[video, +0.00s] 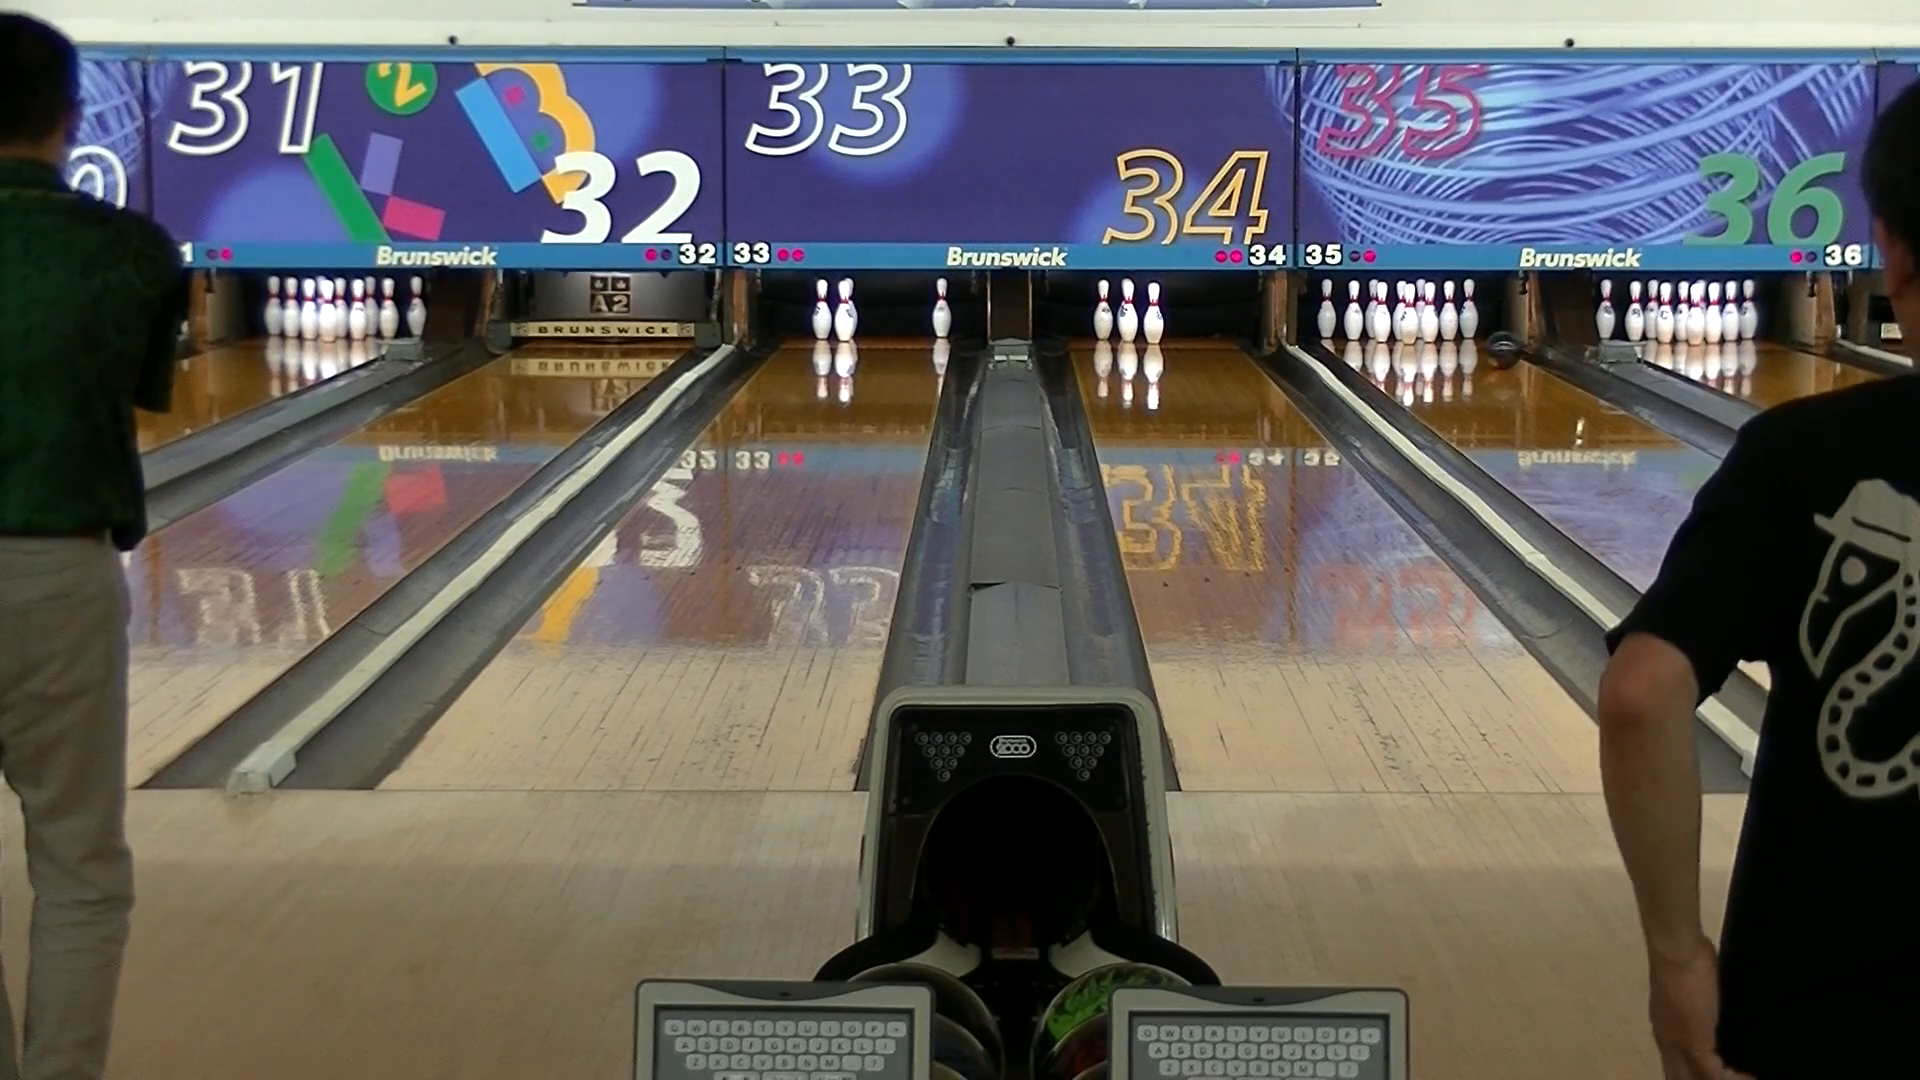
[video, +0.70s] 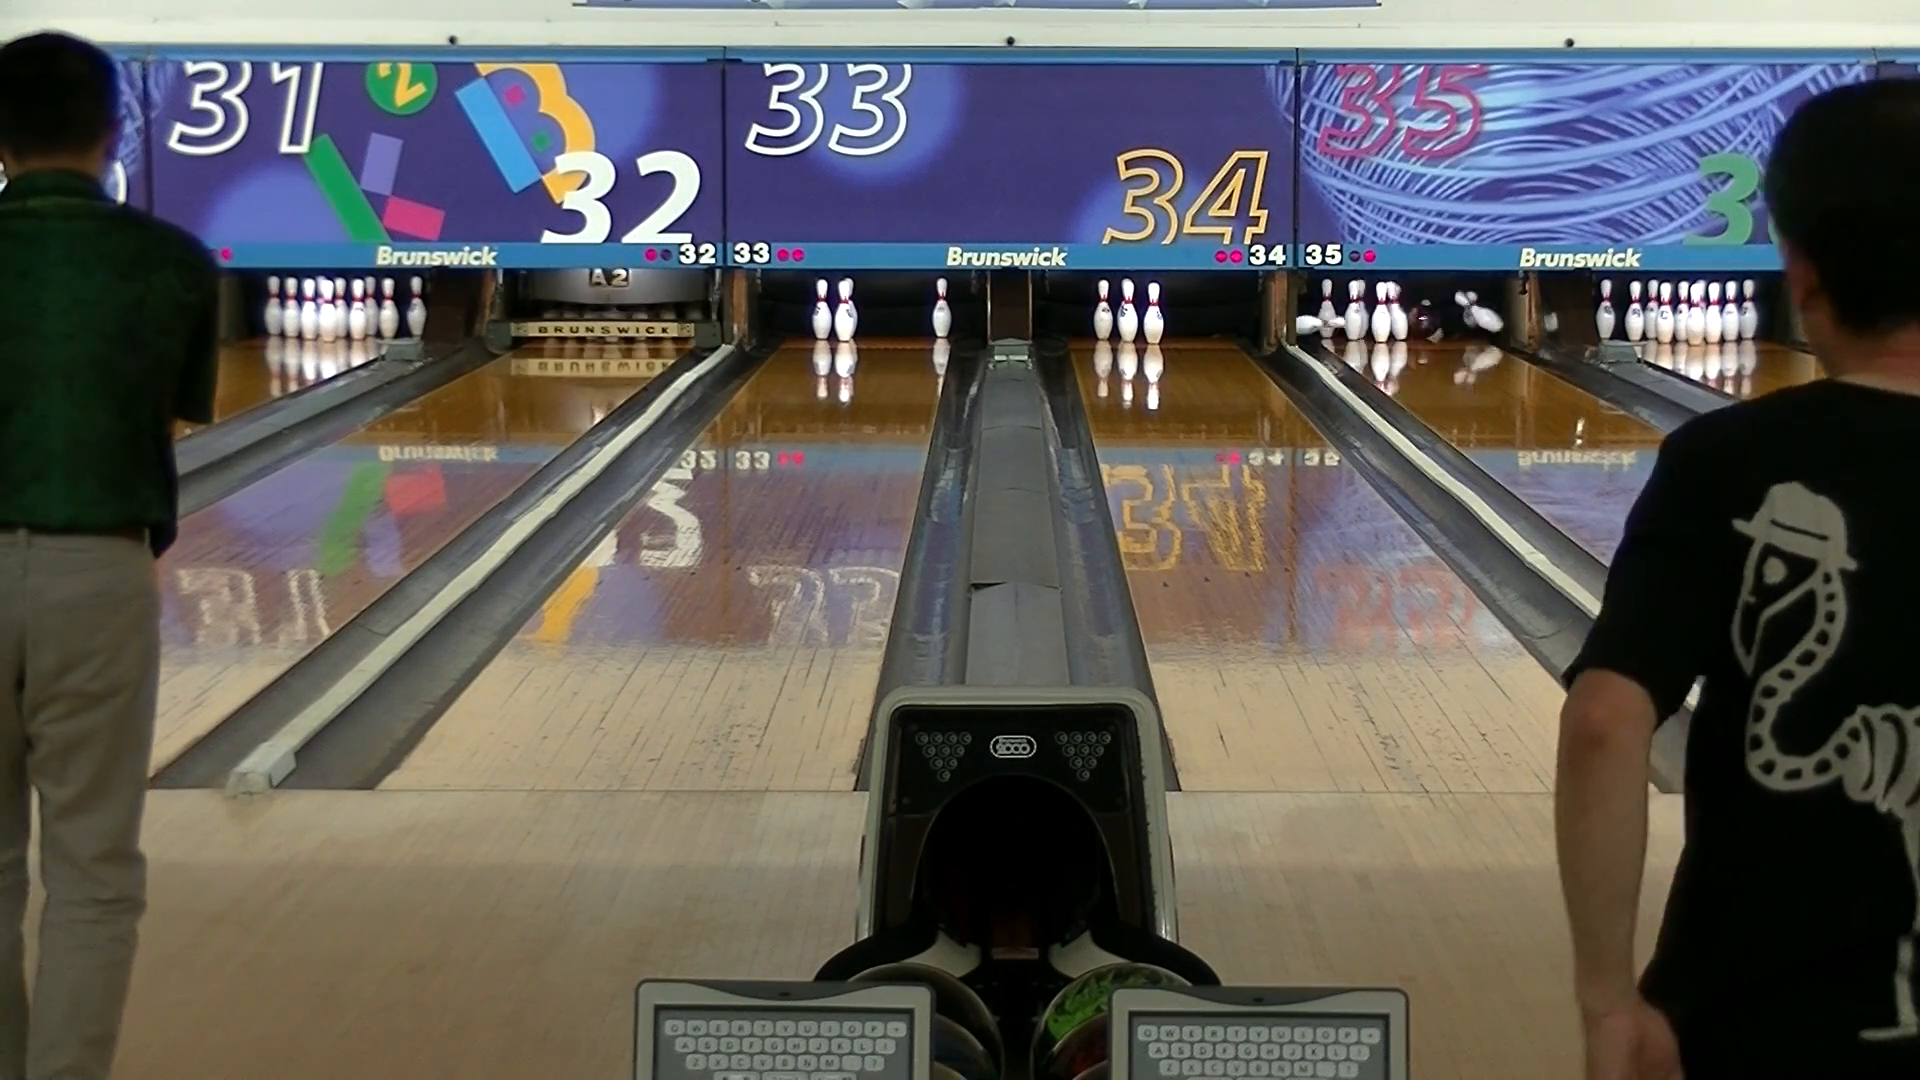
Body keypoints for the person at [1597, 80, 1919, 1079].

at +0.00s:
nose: (1878, 258)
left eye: (1875, 237)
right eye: (1887, 234)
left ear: (1893, 252)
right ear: (1901, 252)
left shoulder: (1814, 452)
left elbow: (1639, 693)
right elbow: (1638, 695)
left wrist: (1676, 950)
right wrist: (1677, 952)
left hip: (1810, 1004)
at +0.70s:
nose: (1780, 266)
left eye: (1779, 246)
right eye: (1786, 241)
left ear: (1805, 272)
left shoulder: (1730, 458)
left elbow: (1602, 718)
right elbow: (1601, 718)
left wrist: (1608, 999)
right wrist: (1612, 999)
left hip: (1756, 1015)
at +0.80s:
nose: (1740, 275)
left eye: (1735, 252)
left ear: (1755, 277)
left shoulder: (1691, 465)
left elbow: (1582, 737)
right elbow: (1581, 736)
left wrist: (1562, 1014)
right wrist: (1564, 1016)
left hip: (1719, 1023)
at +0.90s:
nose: (1678, 276)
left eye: (1677, 252)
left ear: (1694, 275)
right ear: (1881, 253)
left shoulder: (1634, 469)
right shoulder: (1914, 423)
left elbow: (1554, 744)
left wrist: (1496, 1015)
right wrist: (1502, 1011)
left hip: (1681, 1014)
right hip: (1903, 1008)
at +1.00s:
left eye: (1599, 252)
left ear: (1613, 273)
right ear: (1803, 249)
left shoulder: (1557, 466)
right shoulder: (1899, 448)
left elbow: (1490, 748)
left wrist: (1427, 1000)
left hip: (1625, 1012)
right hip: (1878, 1010)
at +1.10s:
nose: (1514, 261)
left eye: (1514, 238)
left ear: (1536, 258)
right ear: (1708, 232)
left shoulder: (1483, 461)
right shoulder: (1854, 446)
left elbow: (1417, 757)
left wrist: (1351, 999)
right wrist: (1856, 814)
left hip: (1561, 1001)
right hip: (1802, 1005)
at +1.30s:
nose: (1406, 264)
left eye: (1402, 241)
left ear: (1419, 259)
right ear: (1596, 223)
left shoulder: (1388, 457)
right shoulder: (1744, 420)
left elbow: (1332, 766)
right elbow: (1840, 707)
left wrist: (1265, 929)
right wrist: (1747, 792)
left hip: (1492, 993)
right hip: (1713, 993)